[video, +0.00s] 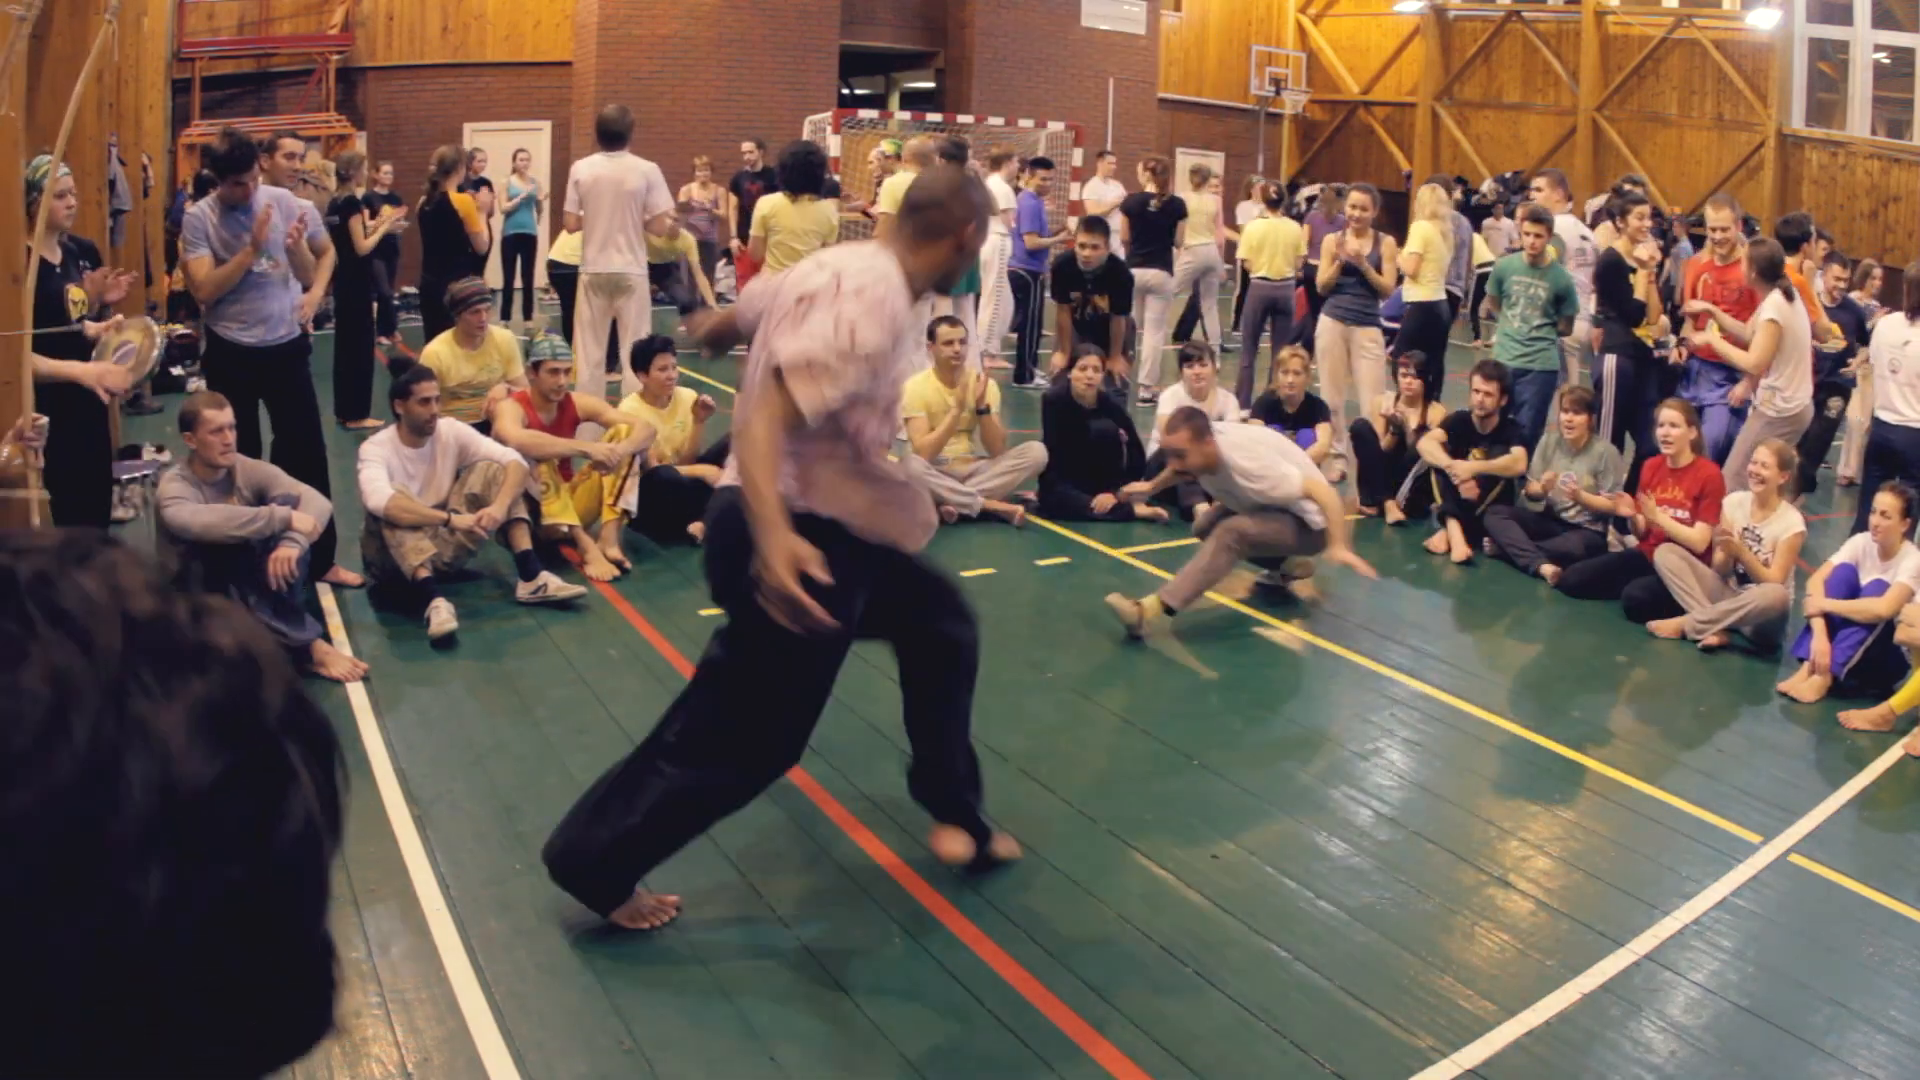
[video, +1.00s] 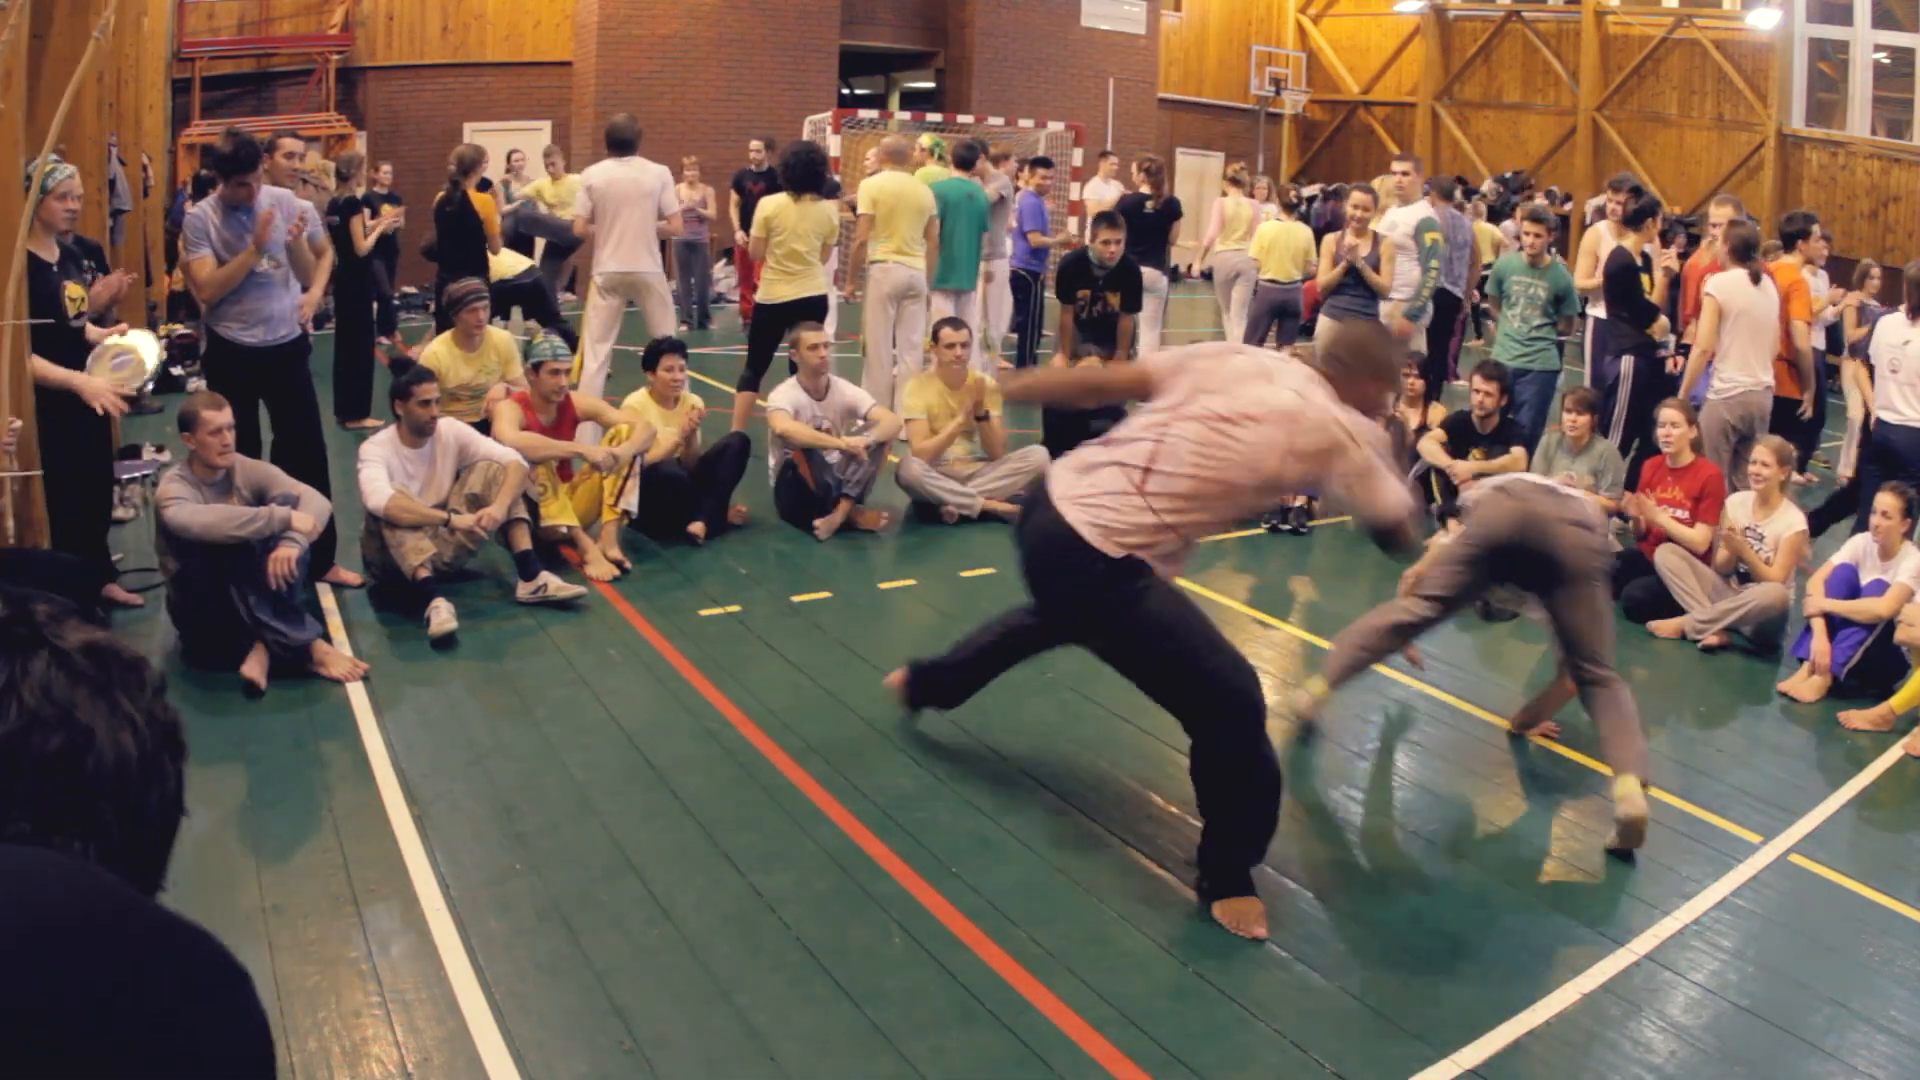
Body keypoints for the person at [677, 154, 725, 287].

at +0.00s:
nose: (703, 174)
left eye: (706, 170)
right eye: (699, 170)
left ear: (711, 172)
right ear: (694, 172)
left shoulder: (719, 191)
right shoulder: (686, 190)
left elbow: (723, 214)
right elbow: (681, 210)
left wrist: (710, 209)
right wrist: (689, 206)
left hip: (709, 237)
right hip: (691, 236)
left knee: (709, 273)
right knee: (690, 272)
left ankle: (707, 303)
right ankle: (691, 302)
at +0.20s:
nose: (701, 174)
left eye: (704, 170)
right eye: (698, 170)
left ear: (709, 171)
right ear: (693, 172)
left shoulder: (717, 191)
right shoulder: (685, 190)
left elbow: (721, 214)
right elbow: (676, 214)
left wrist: (705, 211)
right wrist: (690, 210)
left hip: (708, 239)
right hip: (689, 238)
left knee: (706, 280)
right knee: (689, 280)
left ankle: (705, 312)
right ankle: (689, 314)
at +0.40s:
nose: (698, 174)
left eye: (701, 170)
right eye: (695, 170)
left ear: (706, 171)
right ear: (690, 172)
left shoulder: (715, 191)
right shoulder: (683, 190)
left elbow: (719, 215)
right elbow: (676, 215)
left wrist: (703, 211)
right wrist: (692, 208)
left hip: (707, 237)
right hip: (688, 236)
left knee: (705, 280)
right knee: (688, 278)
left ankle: (704, 316)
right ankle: (689, 315)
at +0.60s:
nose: (696, 173)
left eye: (699, 170)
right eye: (693, 170)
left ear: (704, 171)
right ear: (688, 172)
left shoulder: (713, 191)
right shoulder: (680, 191)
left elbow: (719, 215)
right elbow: (670, 215)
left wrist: (706, 209)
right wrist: (683, 209)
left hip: (705, 239)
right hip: (685, 238)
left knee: (705, 281)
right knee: (686, 281)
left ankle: (704, 318)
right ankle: (685, 319)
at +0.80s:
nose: (693, 174)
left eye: (696, 170)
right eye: (690, 170)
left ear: (701, 171)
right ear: (685, 172)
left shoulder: (710, 191)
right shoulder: (678, 190)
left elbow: (715, 216)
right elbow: (670, 215)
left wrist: (700, 209)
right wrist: (684, 209)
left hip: (703, 237)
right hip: (683, 237)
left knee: (704, 280)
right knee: (684, 281)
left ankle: (704, 318)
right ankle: (685, 319)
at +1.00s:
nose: (691, 173)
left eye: (694, 170)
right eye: (687, 170)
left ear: (699, 171)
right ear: (682, 172)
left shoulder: (707, 190)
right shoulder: (677, 190)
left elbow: (713, 214)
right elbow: (671, 210)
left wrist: (697, 209)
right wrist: (683, 208)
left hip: (701, 238)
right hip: (681, 237)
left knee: (702, 279)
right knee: (683, 281)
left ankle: (703, 318)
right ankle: (686, 318)